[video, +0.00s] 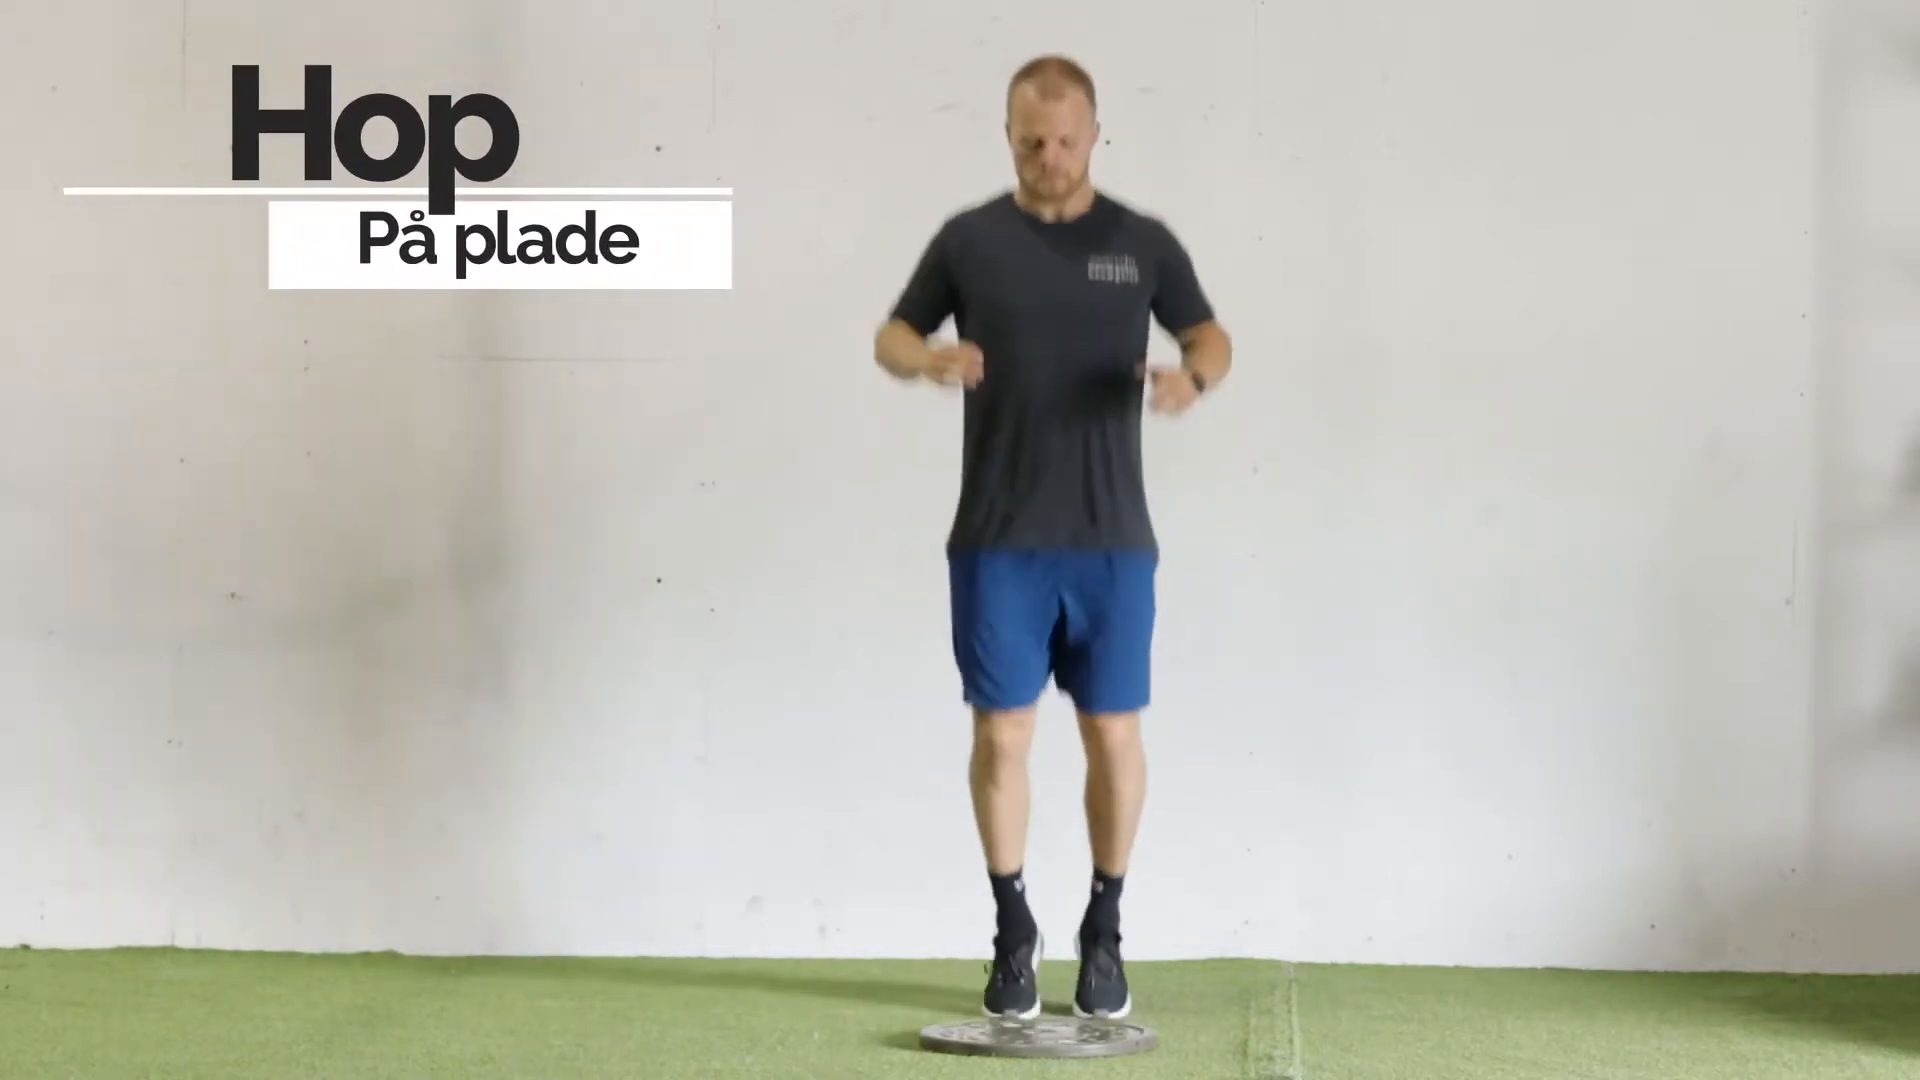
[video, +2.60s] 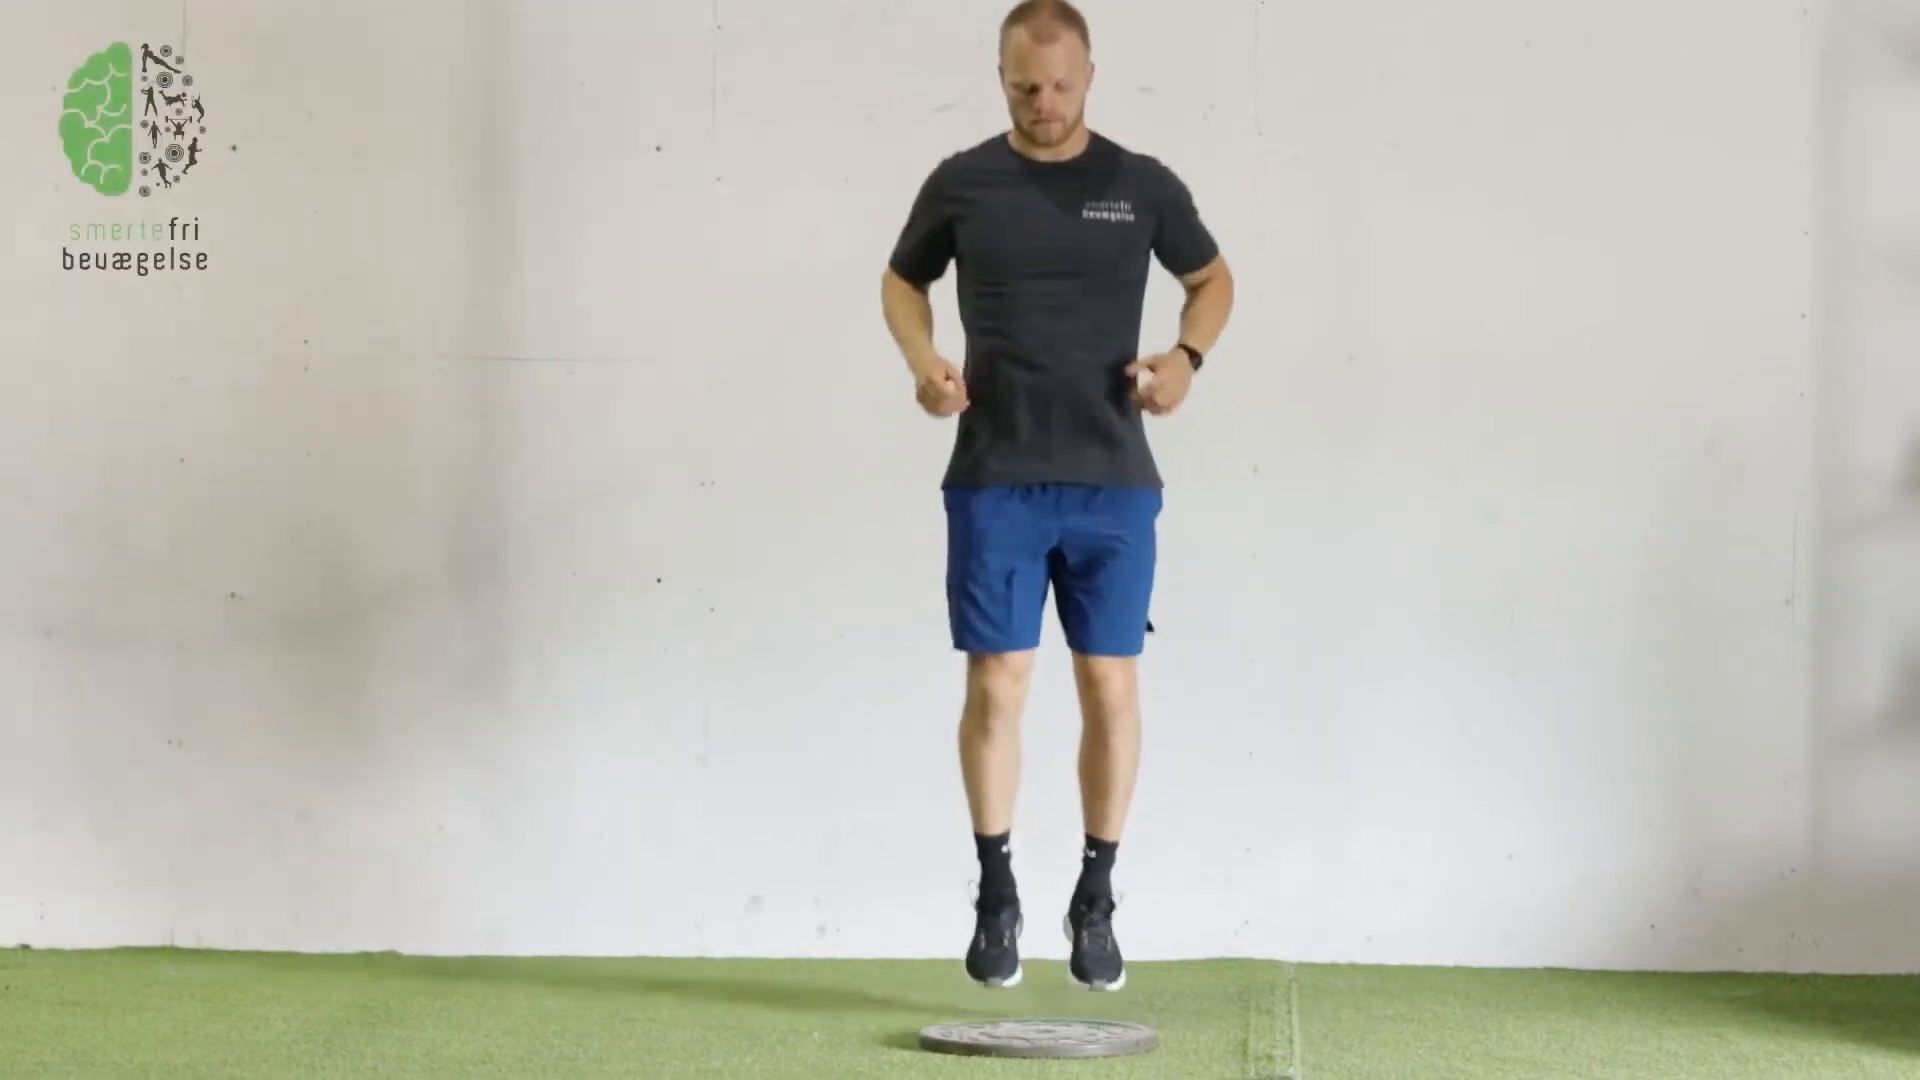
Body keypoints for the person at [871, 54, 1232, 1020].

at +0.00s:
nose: (1047, 157)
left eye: (1063, 140)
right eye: (1032, 141)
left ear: (1094, 136)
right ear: (1010, 140)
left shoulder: (1143, 243)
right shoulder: (967, 241)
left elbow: (1210, 343)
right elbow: (892, 339)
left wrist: (1189, 378)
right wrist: (934, 358)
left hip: (1112, 531)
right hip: (999, 532)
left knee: (1113, 736)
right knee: (1003, 734)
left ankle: (1104, 934)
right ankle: (1012, 933)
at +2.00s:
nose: (1052, 98)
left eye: (1068, 81)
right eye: (1035, 81)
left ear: (1099, 75)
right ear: (1013, 77)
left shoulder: (1148, 180)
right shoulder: (973, 178)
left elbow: (1218, 272)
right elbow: (895, 269)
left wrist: (1198, 308)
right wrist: (921, 293)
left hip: (1118, 469)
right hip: (1003, 468)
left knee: (1114, 681)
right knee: (1003, 677)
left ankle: (1102, 886)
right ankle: (1009, 890)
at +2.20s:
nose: (1050, 128)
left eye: (1066, 110)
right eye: (1033, 111)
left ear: (1096, 106)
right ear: (1011, 110)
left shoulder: (1147, 217)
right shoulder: (965, 212)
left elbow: (1209, 318)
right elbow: (905, 313)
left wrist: (1197, 372)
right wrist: (927, 379)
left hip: (1108, 500)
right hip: (996, 497)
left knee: (1098, 714)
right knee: (998, 715)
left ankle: (1081, 946)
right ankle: (1000, 944)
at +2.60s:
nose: (1043, 105)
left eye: (1059, 86)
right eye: (1025, 87)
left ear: (1089, 76)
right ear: (1002, 82)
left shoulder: (1143, 186)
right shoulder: (962, 183)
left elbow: (1211, 279)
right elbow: (904, 280)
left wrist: (1184, 357)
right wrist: (925, 365)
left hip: (1112, 476)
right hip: (997, 475)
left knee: (1109, 686)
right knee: (997, 683)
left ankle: (1096, 900)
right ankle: (996, 896)